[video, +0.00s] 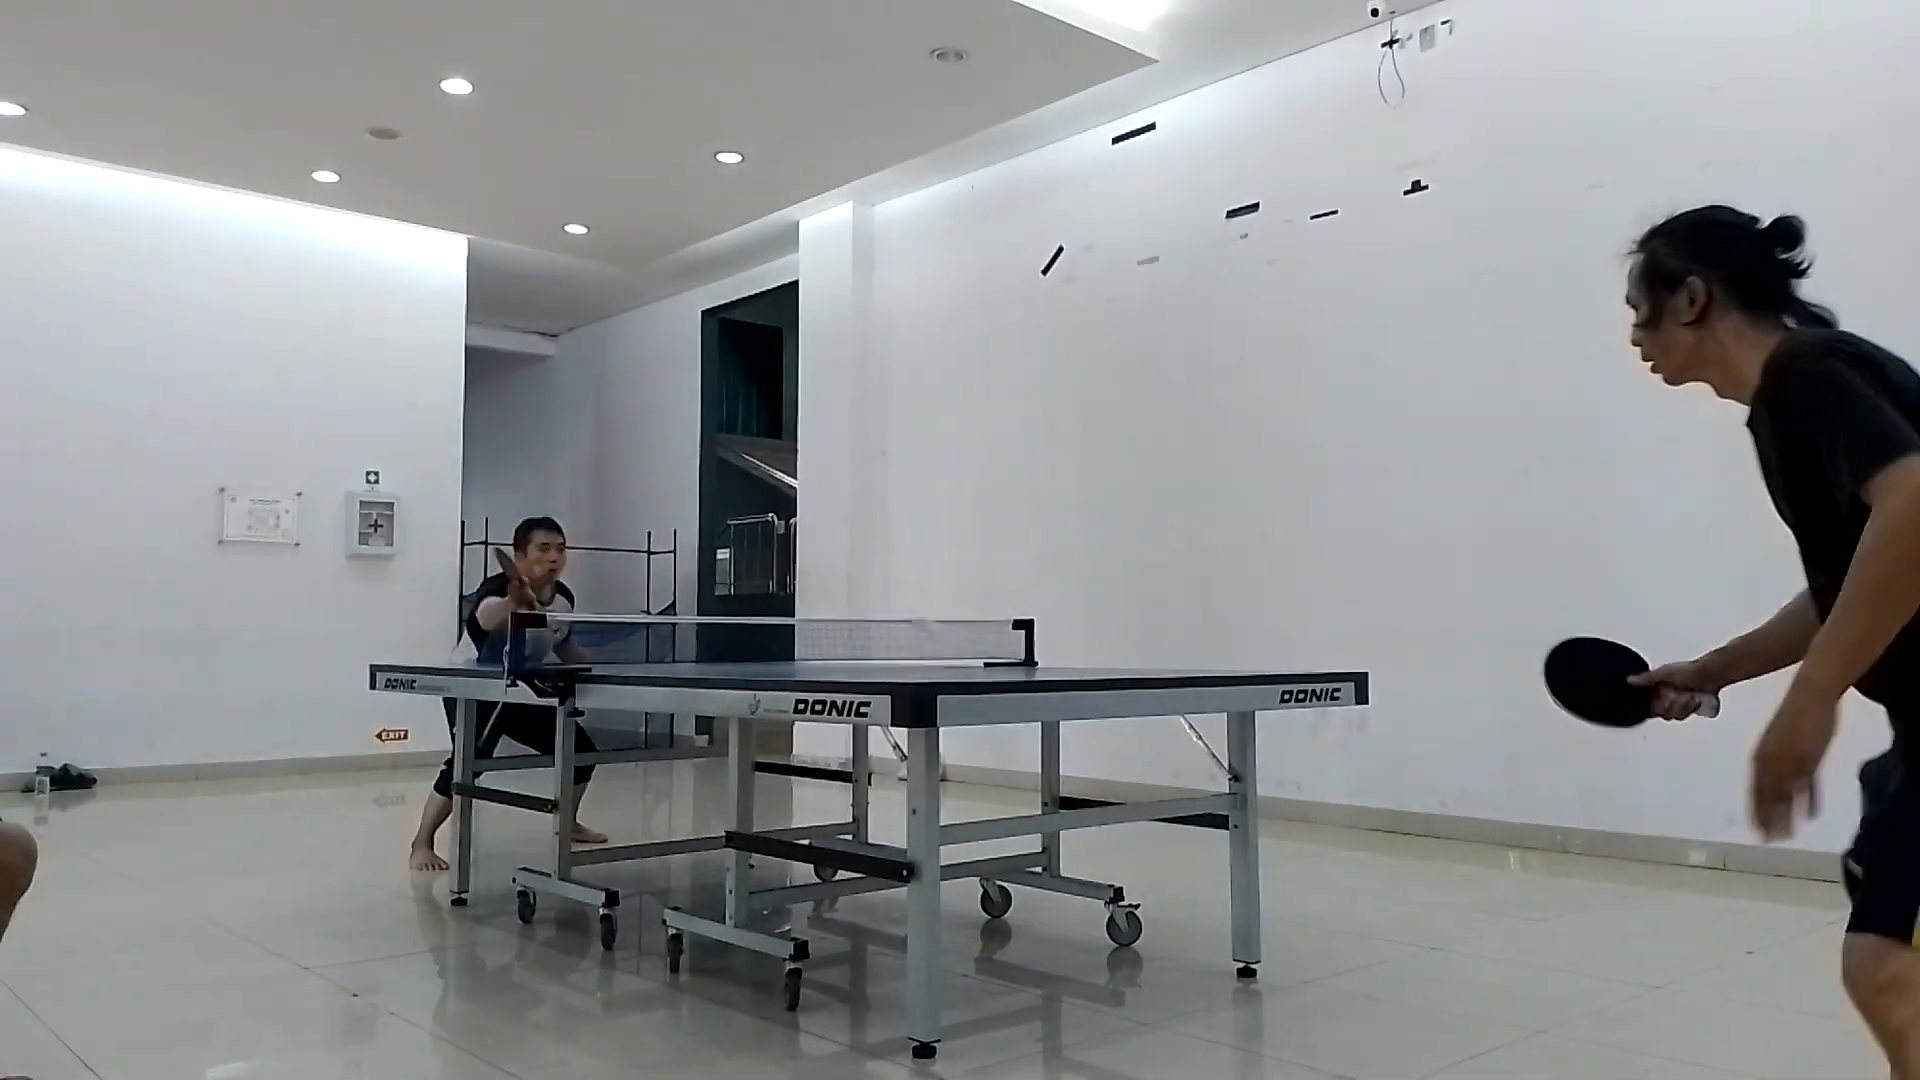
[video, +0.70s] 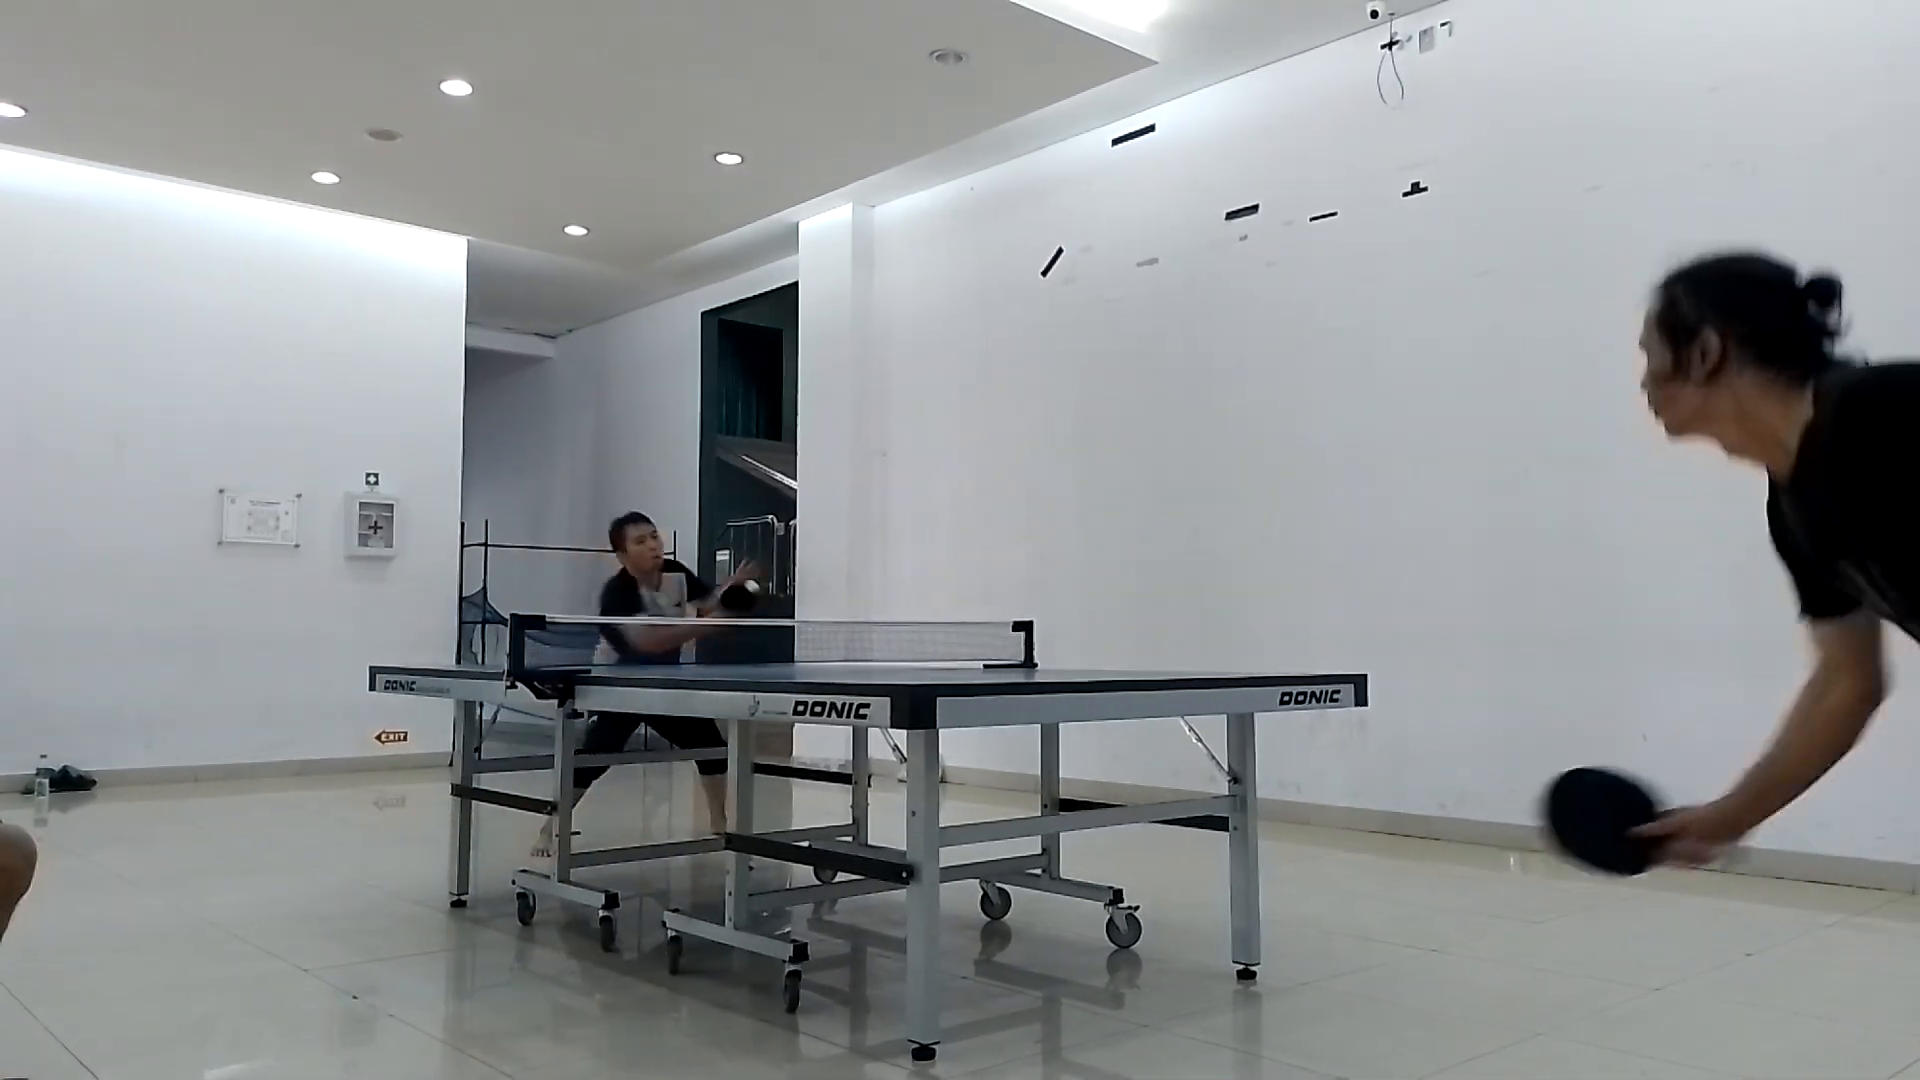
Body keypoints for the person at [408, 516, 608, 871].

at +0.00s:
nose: (554, 556)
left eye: (560, 548)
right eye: (544, 548)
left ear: (566, 554)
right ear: (520, 555)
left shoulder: (562, 599)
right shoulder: (500, 588)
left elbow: (562, 645)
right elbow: (484, 622)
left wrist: (597, 669)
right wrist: (511, 602)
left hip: (517, 695)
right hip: (470, 693)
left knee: (582, 752)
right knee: (471, 760)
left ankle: (567, 824)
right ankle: (422, 842)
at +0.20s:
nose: (586, 533)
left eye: (591, 525)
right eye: (576, 525)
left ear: (596, 531)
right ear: (553, 532)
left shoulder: (601, 578)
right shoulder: (528, 571)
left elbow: (602, 630)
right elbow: (494, 626)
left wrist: (619, 659)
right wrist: (527, 625)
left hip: (571, 690)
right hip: (521, 688)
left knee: (601, 761)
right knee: (482, 765)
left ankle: (568, 826)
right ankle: (431, 838)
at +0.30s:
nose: (595, 514)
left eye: (600, 505)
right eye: (584, 506)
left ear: (607, 512)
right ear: (564, 515)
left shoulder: (619, 560)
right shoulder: (541, 556)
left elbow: (627, 618)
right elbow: (513, 612)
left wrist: (645, 646)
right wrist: (541, 631)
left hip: (594, 674)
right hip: (544, 673)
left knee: (608, 754)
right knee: (524, 745)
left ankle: (572, 822)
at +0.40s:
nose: (600, 506)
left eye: (605, 498)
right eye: (589, 499)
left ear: (613, 505)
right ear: (569, 509)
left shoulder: (633, 554)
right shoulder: (548, 552)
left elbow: (651, 614)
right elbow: (524, 615)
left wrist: (659, 654)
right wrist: (550, 625)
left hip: (610, 668)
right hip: (558, 668)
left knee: (645, 741)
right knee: (548, 748)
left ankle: (613, 806)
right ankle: (542, 830)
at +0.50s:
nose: (612, 520)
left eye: (617, 512)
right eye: (602, 513)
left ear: (625, 517)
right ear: (582, 523)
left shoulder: (645, 563)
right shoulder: (562, 564)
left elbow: (667, 622)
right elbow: (544, 625)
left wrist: (667, 629)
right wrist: (574, 633)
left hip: (636, 675)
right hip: (584, 677)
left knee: (676, 730)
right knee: (556, 746)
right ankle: (545, 833)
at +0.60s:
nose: (630, 539)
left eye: (634, 530)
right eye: (619, 532)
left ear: (641, 535)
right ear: (600, 542)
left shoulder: (661, 575)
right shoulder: (586, 583)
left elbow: (680, 636)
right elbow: (579, 646)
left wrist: (696, 622)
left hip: (658, 690)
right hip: (603, 692)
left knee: (707, 748)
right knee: (570, 760)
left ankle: (718, 826)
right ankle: (545, 834)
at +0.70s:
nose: (654, 546)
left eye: (655, 537)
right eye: (641, 541)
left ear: (661, 540)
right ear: (622, 554)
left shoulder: (676, 574)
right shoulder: (616, 593)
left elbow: (707, 605)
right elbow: (643, 641)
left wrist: (731, 587)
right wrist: (705, 624)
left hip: (669, 693)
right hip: (620, 695)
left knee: (713, 748)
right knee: (595, 758)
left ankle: (720, 825)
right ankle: (548, 831)